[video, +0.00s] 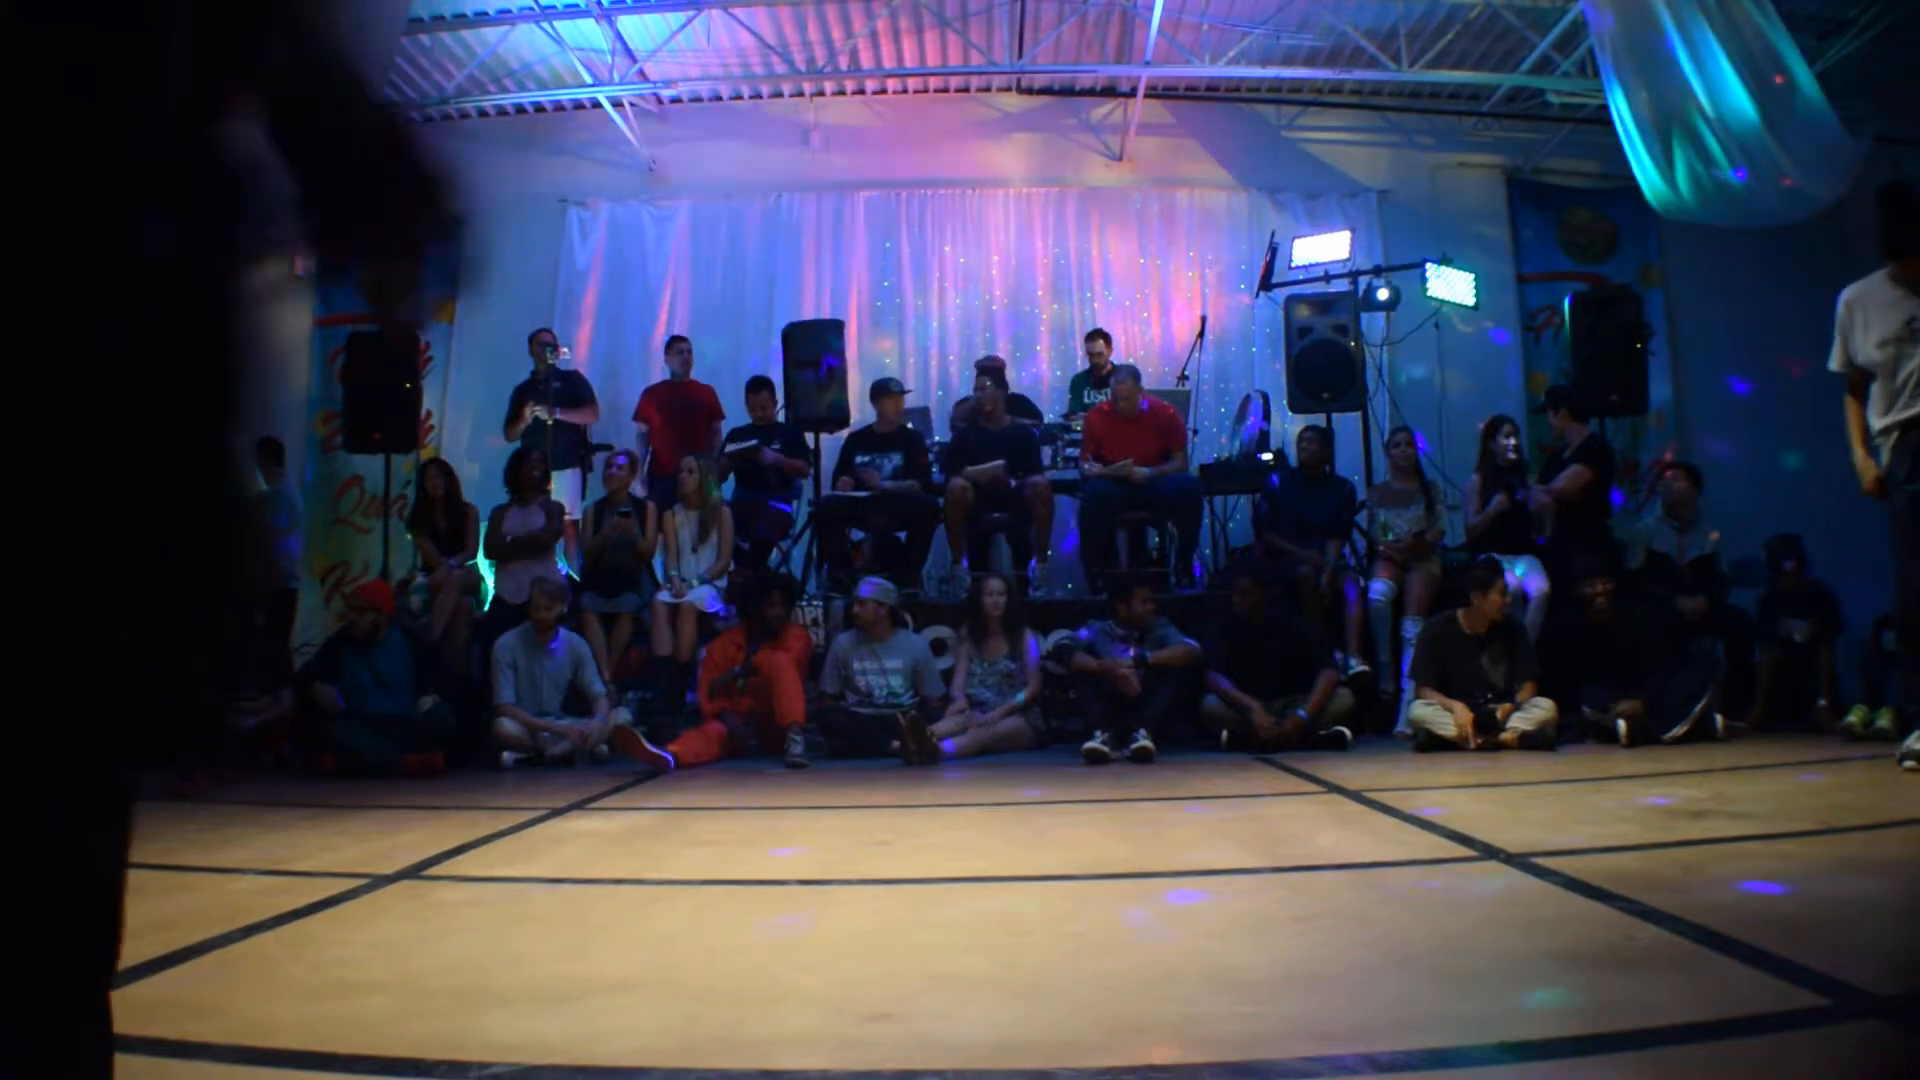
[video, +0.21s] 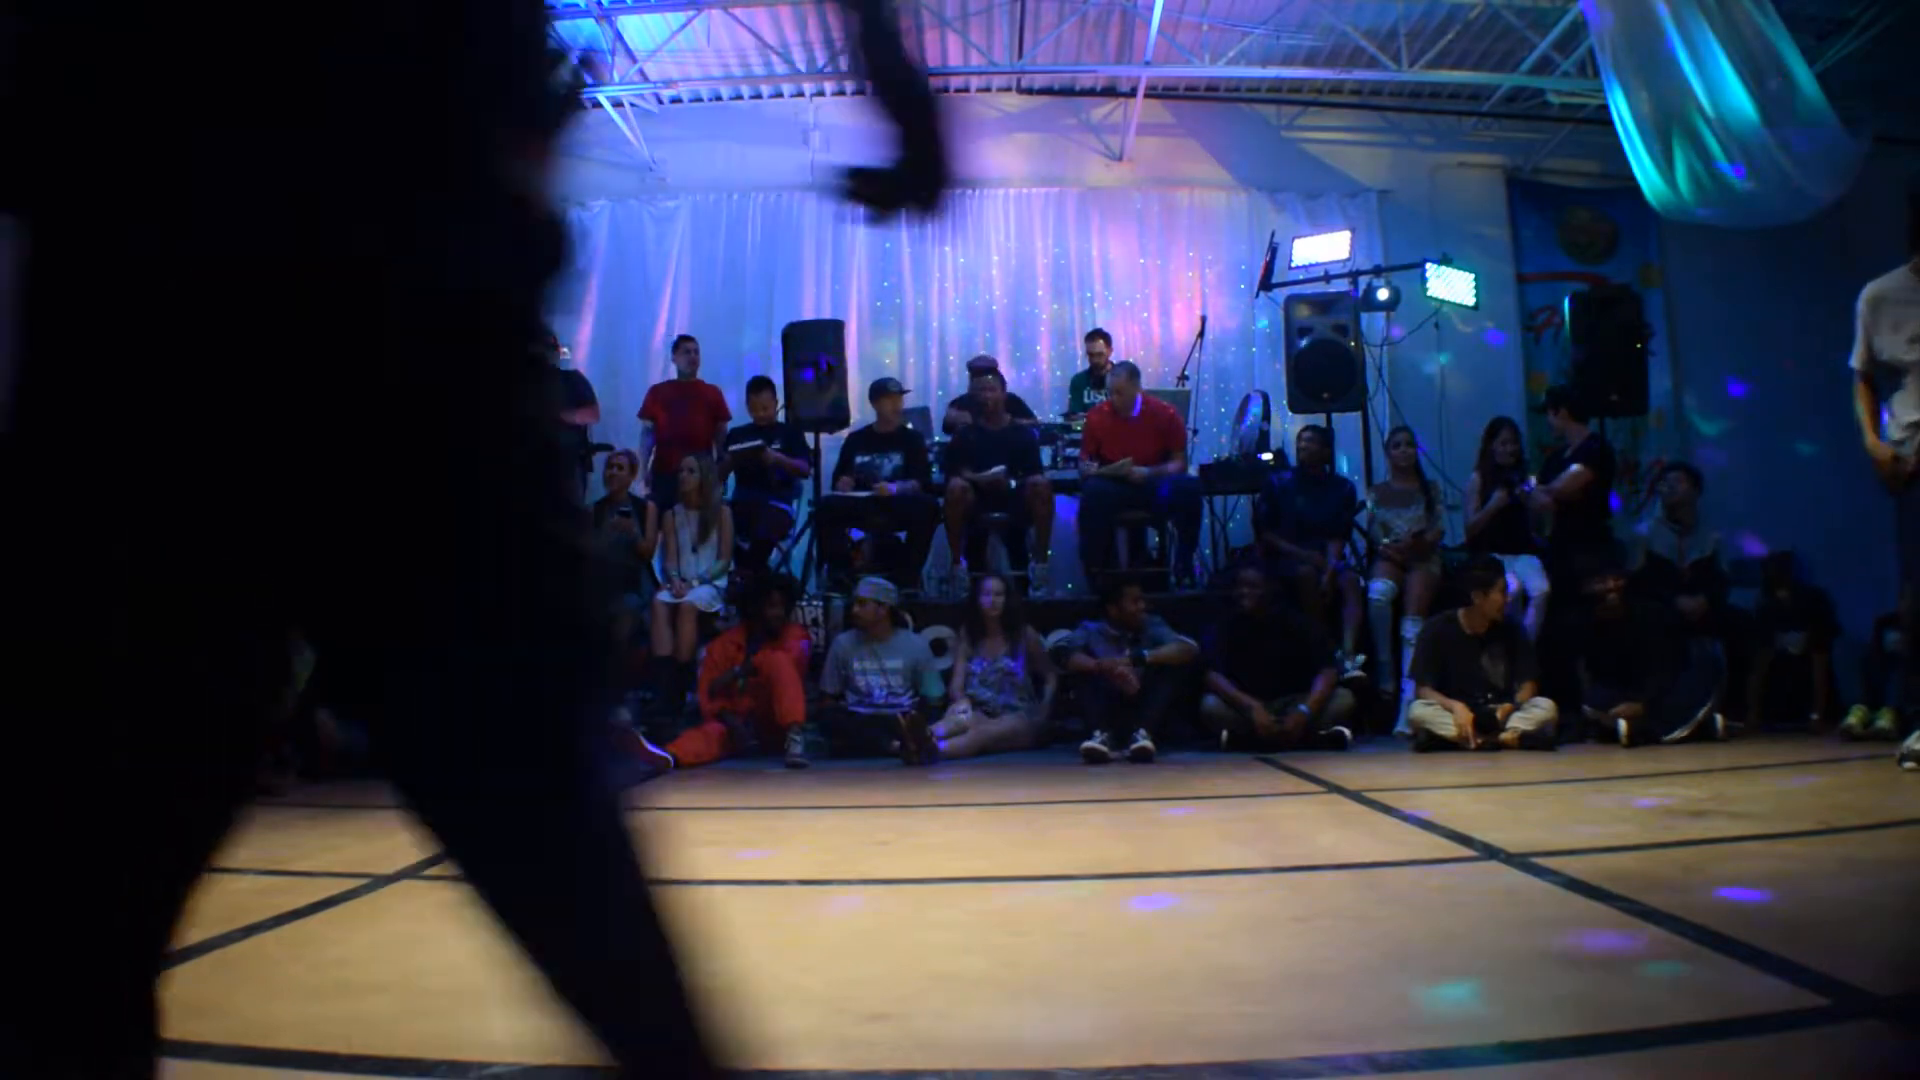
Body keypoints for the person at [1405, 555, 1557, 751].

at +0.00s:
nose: (1507, 600)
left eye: (1506, 594)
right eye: (1501, 593)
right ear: (1476, 597)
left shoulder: (1512, 629)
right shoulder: (1437, 629)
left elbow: (1528, 685)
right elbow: (1423, 689)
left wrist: (1512, 706)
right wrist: (1456, 707)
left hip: (1500, 706)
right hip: (1456, 709)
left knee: (1546, 708)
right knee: (1418, 711)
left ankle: (1469, 742)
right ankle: (1504, 740)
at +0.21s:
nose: (1506, 600)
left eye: (1506, 593)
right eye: (1501, 592)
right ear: (1477, 597)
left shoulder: (1511, 629)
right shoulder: (1437, 629)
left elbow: (1528, 684)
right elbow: (1423, 689)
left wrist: (1511, 707)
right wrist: (1456, 708)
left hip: (1500, 706)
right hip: (1456, 709)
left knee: (1546, 708)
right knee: (1418, 711)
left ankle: (1463, 743)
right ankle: (1505, 740)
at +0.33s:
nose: (1507, 600)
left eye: (1508, 593)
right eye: (1501, 593)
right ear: (1475, 595)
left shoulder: (1514, 629)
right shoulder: (1440, 629)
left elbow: (1528, 684)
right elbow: (1423, 689)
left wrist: (1511, 706)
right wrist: (1456, 708)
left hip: (1500, 706)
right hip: (1456, 708)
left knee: (1546, 707)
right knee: (1418, 711)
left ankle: (1462, 743)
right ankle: (1505, 740)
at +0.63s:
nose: (1501, 596)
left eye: (1505, 588)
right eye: (1494, 587)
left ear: (1510, 592)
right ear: (1471, 591)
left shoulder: (1516, 629)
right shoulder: (1444, 628)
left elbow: (1529, 684)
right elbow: (1424, 689)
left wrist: (1508, 706)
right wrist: (1456, 708)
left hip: (1501, 706)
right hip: (1457, 706)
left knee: (1545, 707)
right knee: (1417, 711)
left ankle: (1461, 743)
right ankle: (1501, 740)